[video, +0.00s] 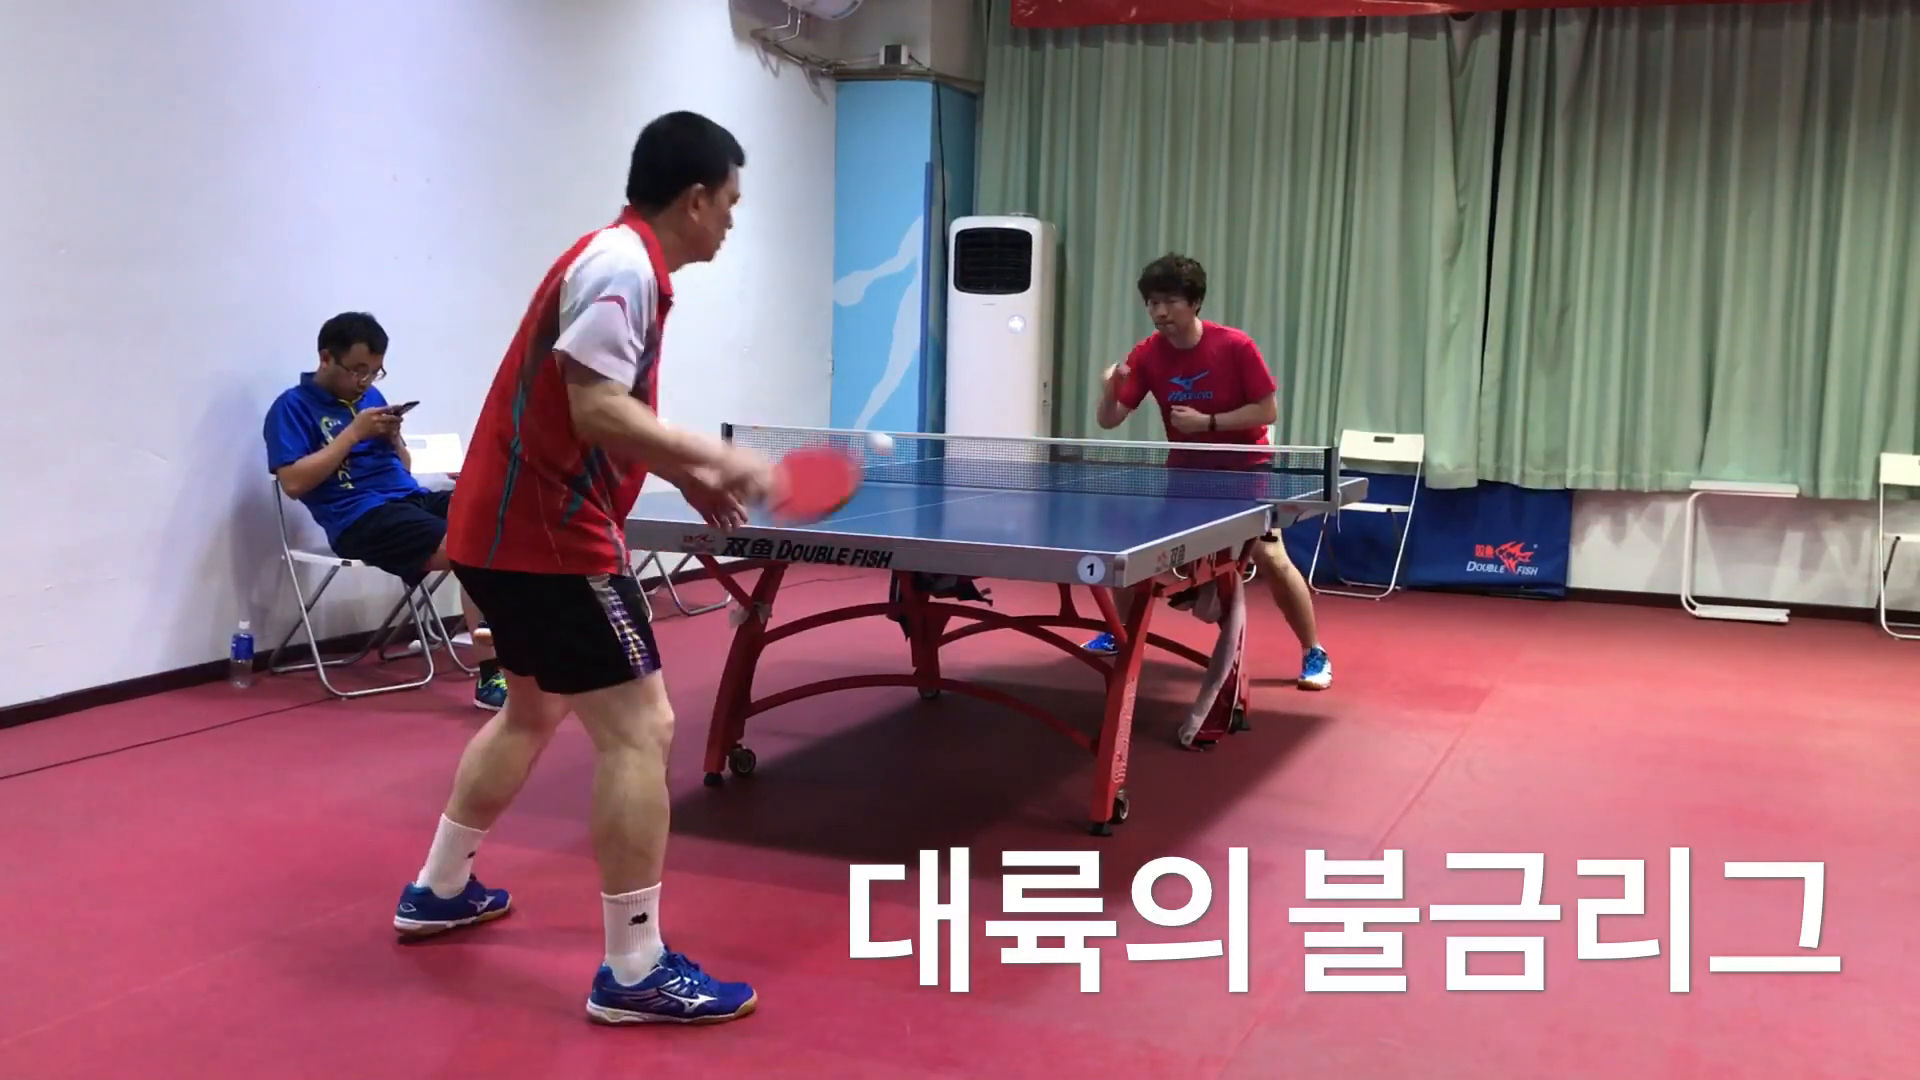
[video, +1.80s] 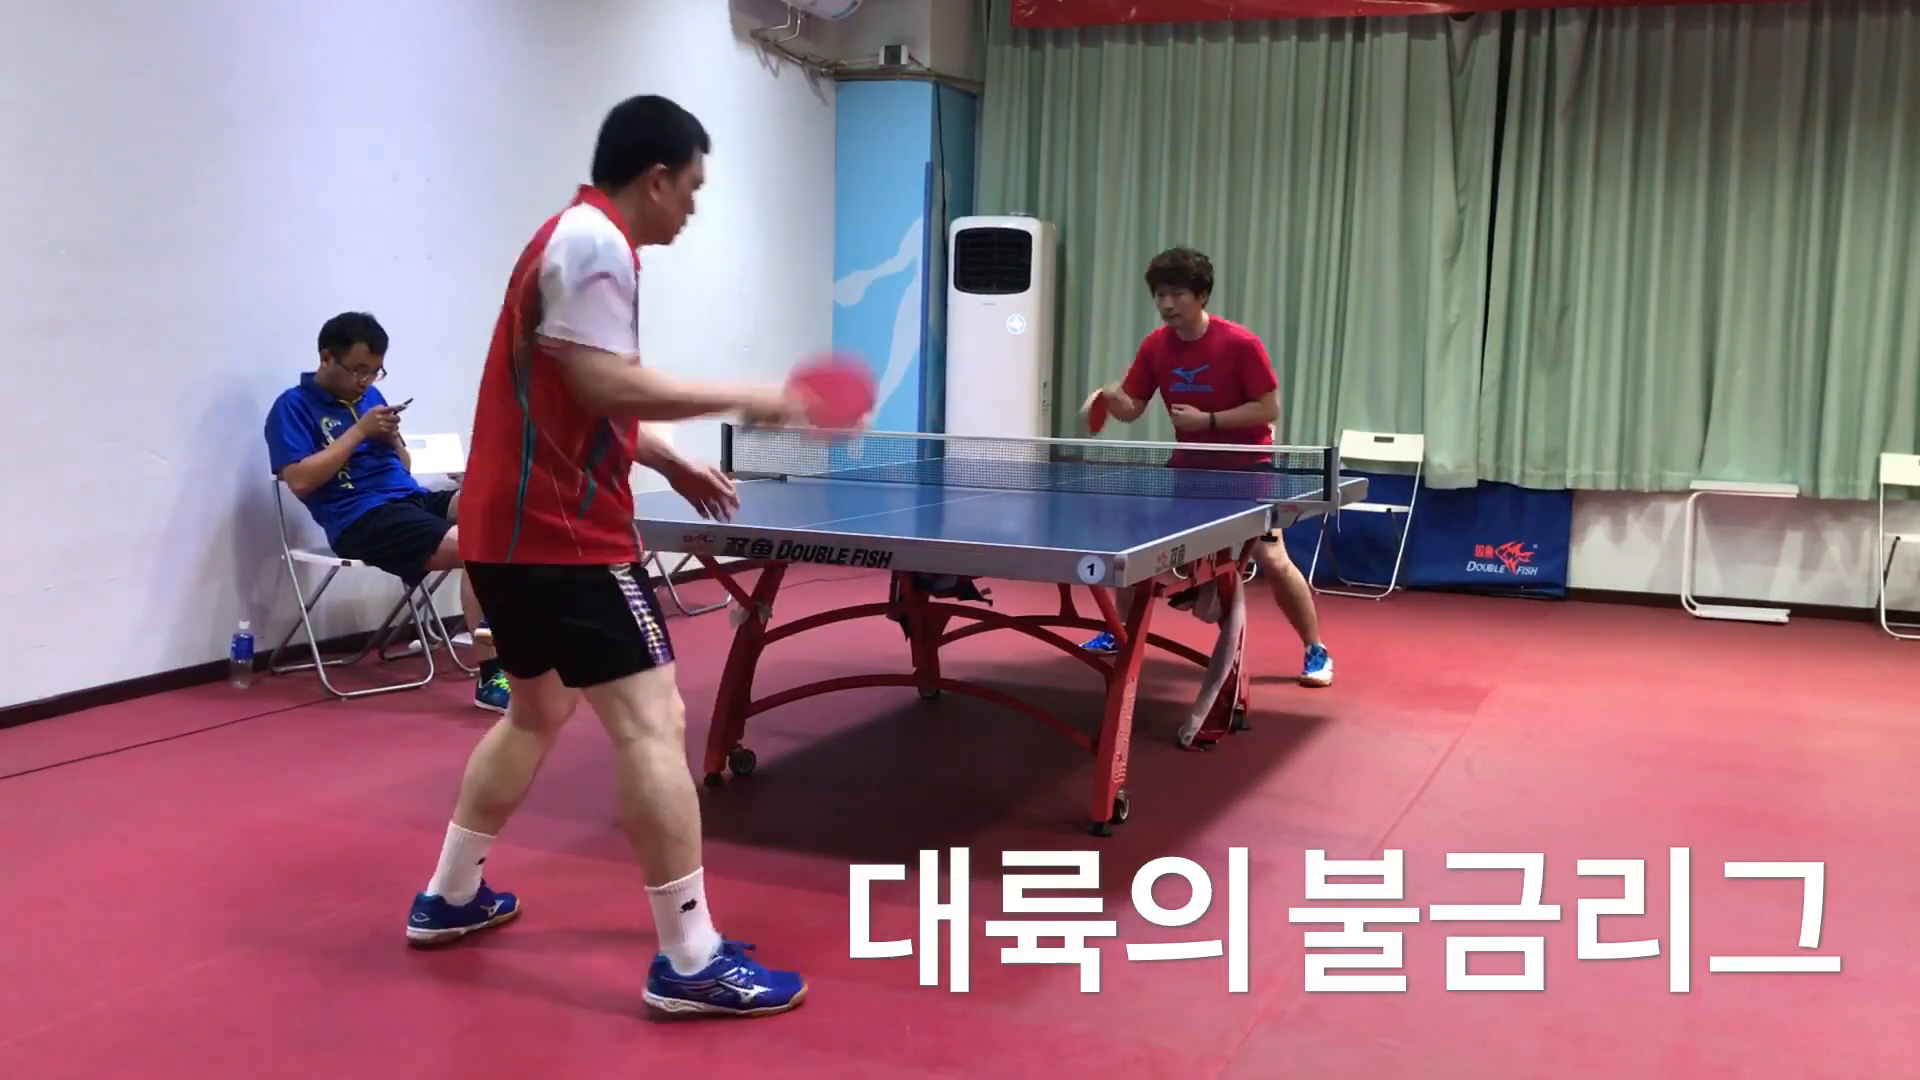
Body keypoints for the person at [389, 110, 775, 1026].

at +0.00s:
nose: (732, 219)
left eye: (734, 203)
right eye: (730, 201)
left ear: (663, 192)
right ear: (693, 198)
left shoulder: (621, 261)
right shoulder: (622, 265)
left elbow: (613, 410)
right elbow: (594, 406)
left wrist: (688, 475)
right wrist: (714, 456)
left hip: (501, 531)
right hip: (550, 539)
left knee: (530, 709)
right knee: (639, 728)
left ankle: (437, 887)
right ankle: (634, 968)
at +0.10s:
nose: (714, 209)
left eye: (715, 191)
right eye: (710, 190)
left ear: (645, 185)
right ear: (674, 188)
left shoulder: (587, 250)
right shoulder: (617, 257)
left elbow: (582, 410)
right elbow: (636, 399)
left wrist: (682, 462)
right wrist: (789, 401)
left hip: (489, 527)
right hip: (548, 536)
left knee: (520, 711)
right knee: (635, 726)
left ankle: (436, 889)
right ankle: (636, 966)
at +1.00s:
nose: (709, 199)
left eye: (708, 182)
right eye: (706, 182)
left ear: (622, 180)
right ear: (680, 184)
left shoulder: (565, 254)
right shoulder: (660, 273)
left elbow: (557, 390)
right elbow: (777, 387)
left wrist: (658, 443)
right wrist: (852, 330)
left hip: (476, 521)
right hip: (564, 528)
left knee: (513, 699)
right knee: (667, 721)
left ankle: (441, 889)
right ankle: (644, 958)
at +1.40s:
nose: (743, 194)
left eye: (739, 179)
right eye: (743, 180)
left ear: (654, 173)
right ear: (729, 183)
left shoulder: (585, 254)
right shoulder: (724, 276)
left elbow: (579, 399)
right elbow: (793, 426)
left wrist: (691, 457)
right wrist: (855, 422)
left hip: (528, 527)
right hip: (632, 542)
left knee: (532, 695)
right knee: (712, 732)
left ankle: (459, 872)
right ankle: (702, 965)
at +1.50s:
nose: (756, 202)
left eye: (755, 186)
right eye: (757, 185)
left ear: (670, 171)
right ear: (738, 185)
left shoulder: (618, 247)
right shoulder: (698, 266)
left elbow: (667, 417)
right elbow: (718, 430)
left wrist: (784, 468)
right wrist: (821, 490)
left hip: (523, 525)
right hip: (604, 541)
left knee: (538, 706)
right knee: (685, 732)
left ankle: (453, 886)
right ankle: (700, 966)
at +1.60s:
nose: (753, 219)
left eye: (756, 203)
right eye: (754, 202)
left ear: (678, 190)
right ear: (726, 200)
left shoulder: (647, 262)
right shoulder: (658, 270)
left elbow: (652, 417)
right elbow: (623, 419)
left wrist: (736, 472)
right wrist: (722, 505)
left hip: (527, 537)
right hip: (585, 544)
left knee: (548, 715)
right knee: (672, 731)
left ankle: (451, 894)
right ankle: (699, 965)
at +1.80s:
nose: (694, 205)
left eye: (697, 188)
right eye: (692, 186)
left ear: (628, 173)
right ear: (655, 176)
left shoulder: (569, 240)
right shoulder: (593, 241)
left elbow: (579, 407)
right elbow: (600, 381)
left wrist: (674, 462)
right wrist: (759, 398)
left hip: (509, 531)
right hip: (568, 538)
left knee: (536, 711)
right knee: (651, 724)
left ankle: (449, 895)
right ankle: (690, 959)